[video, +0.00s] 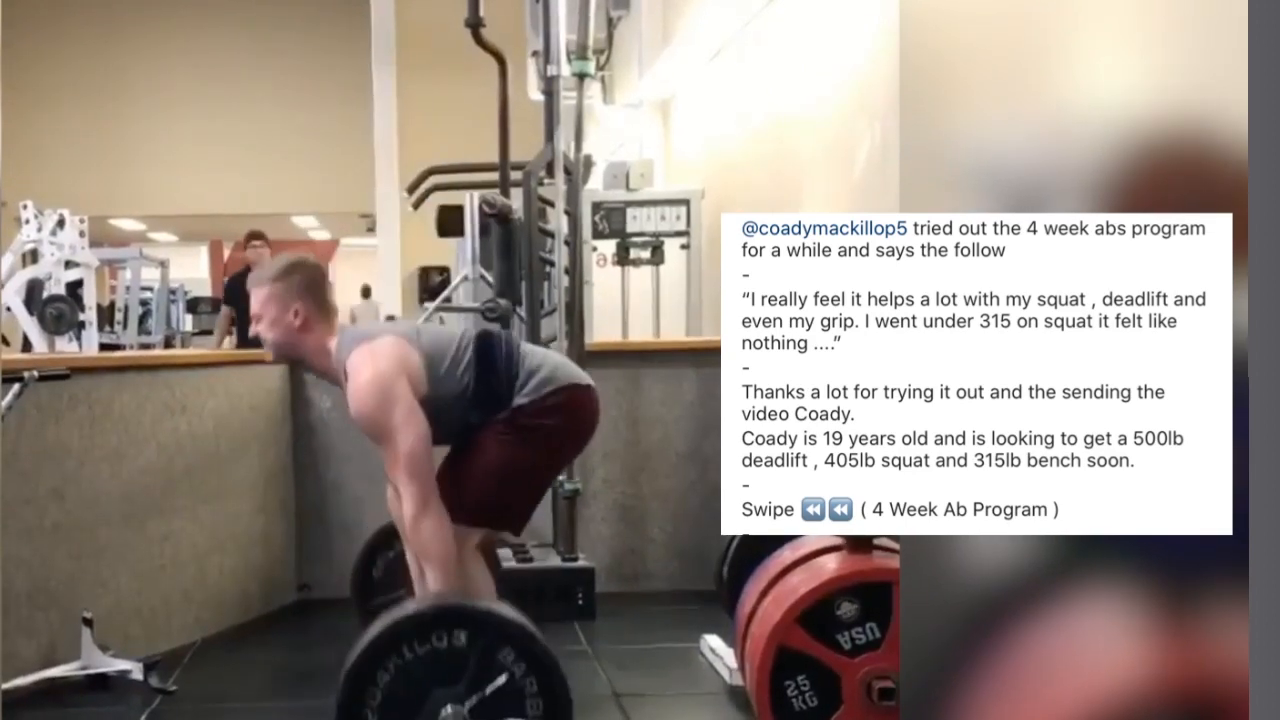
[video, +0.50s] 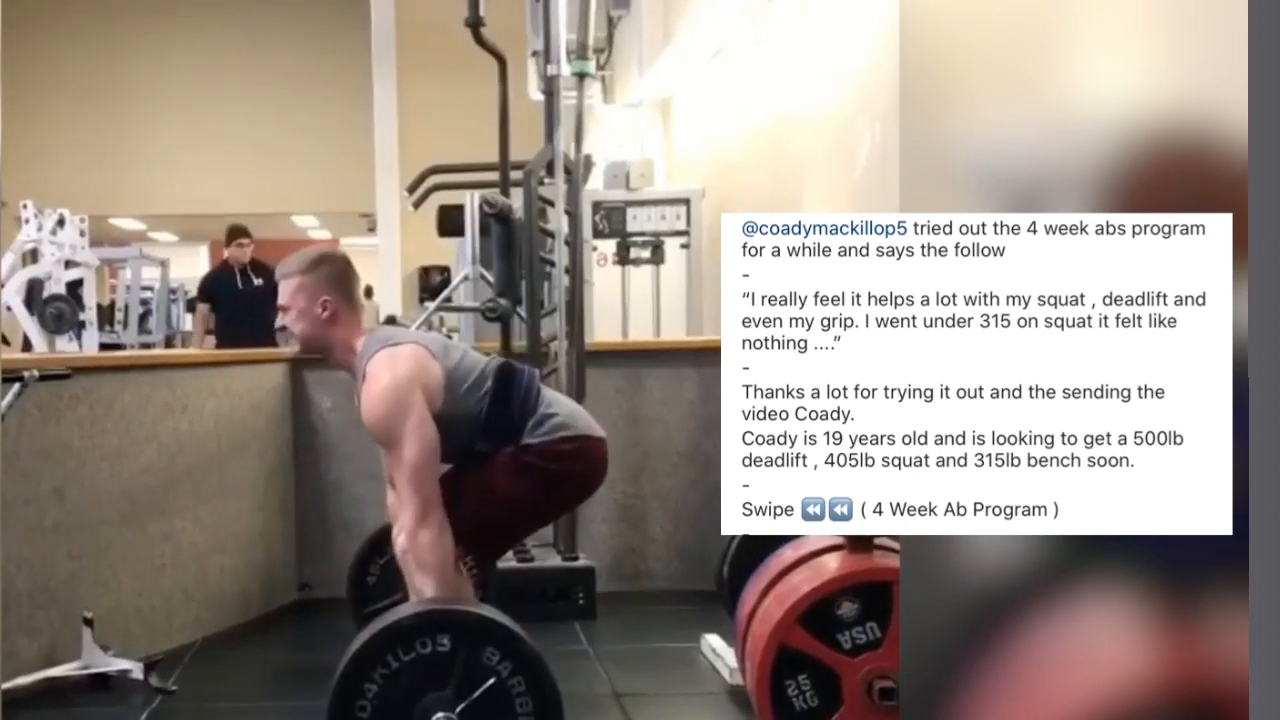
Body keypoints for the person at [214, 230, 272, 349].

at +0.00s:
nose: (258, 251)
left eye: (262, 246)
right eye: (253, 247)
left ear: (270, 250)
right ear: (245, 252)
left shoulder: (279, 278)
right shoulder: (236, 281)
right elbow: (225, 316)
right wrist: (215, 348)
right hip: (246, 348)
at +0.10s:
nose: (252, 251)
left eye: (256, 246)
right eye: (246, 247)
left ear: (263, 251)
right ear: (238, 251)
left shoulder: (274, 279)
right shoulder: (230, 282)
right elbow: (221, 316)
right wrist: (213, 350)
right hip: (240, 347)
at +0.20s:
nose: (245, 250)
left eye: (249, 246)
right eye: (239, 246)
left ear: (256, 249)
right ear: (230, 251)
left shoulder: (267, 277)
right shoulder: (222, 281)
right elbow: (215, 317)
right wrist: (207, 351)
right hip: (234, 348)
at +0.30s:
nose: (244, 250)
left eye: (247, 245)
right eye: (237, 245)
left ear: (252, 247)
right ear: (228, 249)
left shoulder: (266, 273)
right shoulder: (219, 280)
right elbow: (209, 317)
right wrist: (203, 350)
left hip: (267, 348)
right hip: (232, 349)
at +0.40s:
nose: (243, 249)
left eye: (246, 244)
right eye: (237, 245)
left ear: (251, 246)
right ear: (226, 249)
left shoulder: (264, 271)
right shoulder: (215, 279)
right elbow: (204, 318)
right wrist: (197, 352)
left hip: (267, 350)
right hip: (230, 352)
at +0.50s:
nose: (245, 250)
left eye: (248, 245)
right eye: (239, 245)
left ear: (253, 246)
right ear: (227, 248)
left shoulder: (265, 272)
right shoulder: (213, 279)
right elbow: (201, 317)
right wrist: (195, 350)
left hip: (266, 353)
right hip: (229, 355)